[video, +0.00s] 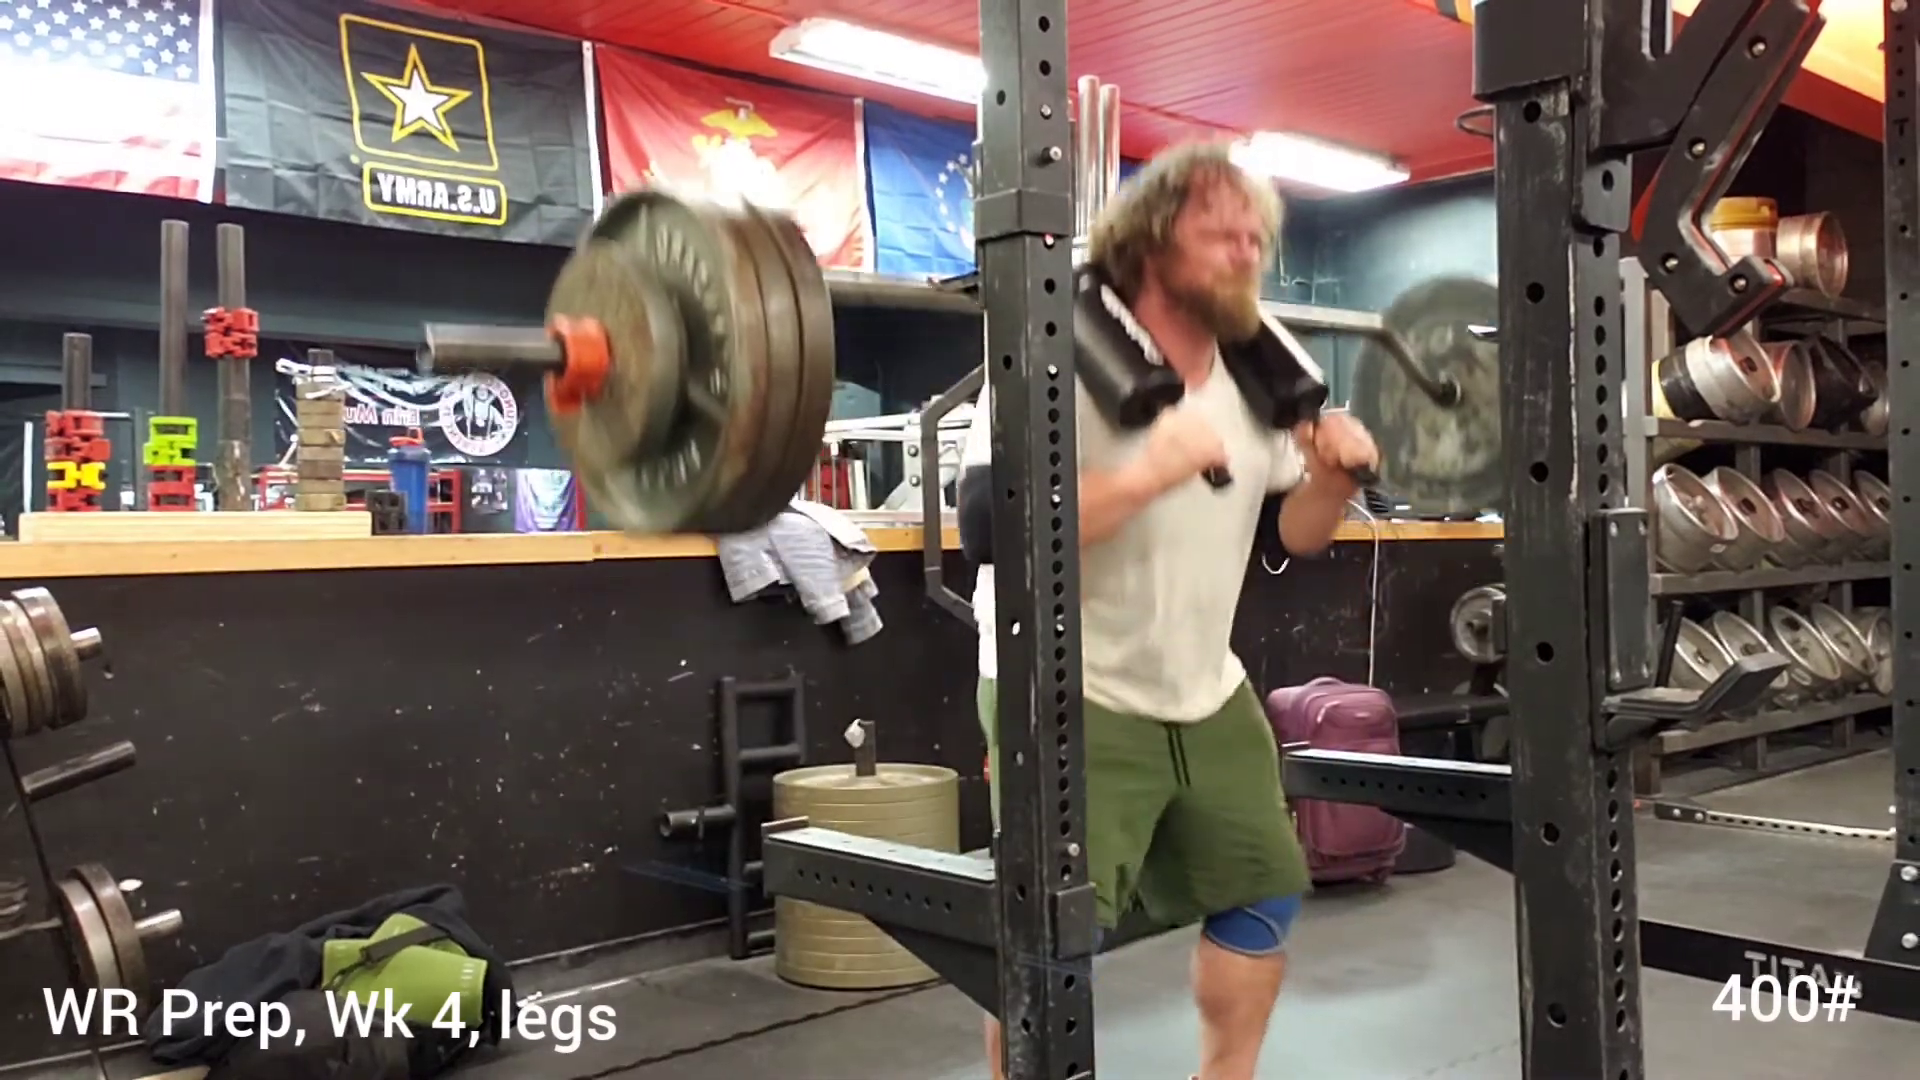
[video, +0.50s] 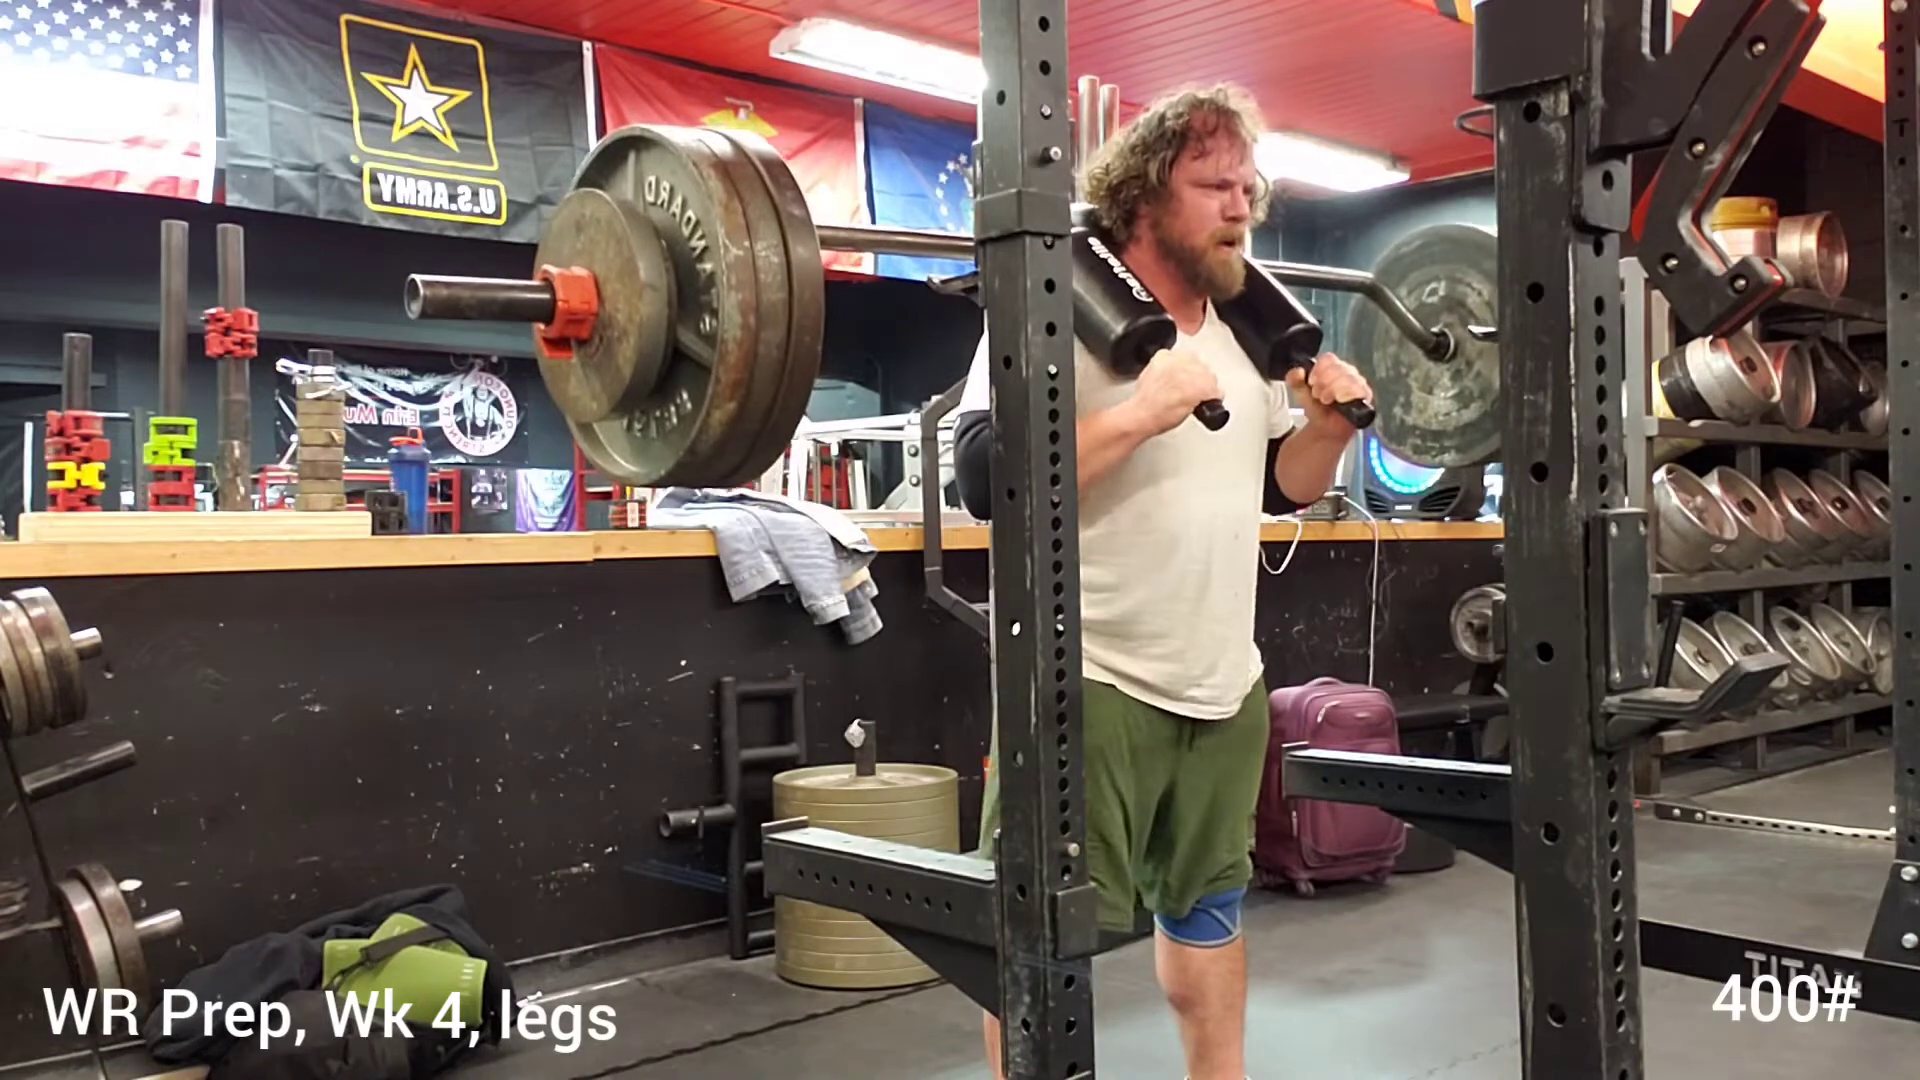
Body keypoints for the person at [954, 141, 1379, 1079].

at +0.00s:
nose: (1242, 247)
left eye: (1253, 231)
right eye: (1217, 226)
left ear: (1262, 249)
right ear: (1155, 234)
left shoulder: (1258, 358)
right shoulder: (1066, 346)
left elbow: (1300, 538)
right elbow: (1027, 526)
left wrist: (1334, 476)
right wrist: (1149, 472)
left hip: (1207, 686)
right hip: (1080, 690)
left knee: (1260, 892)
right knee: (1056, 927)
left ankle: (1227, 1072)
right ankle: (1019, 1069)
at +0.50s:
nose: (1243, 204)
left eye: (1248, 184)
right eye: (1217, 183)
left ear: (1251, 195)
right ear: (1147, 194)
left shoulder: (1246, 328)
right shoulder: (1052, 302)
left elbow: (1284, 485)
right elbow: (983, 477)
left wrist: (1331, 424)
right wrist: (1135, 415)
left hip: (1223, 684)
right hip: (1089, 681)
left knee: (1207, 925)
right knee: (1042, 939)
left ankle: (1219, 1073)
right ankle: (1024, 1072)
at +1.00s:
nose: (1239, 260)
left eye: (1245, 240)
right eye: (1214, 240)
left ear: (1252, 250)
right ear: (1145, 249)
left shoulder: (1250, 364)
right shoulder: (1058, 355)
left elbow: (1307, 536)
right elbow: (1002, 527)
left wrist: (1335, 469)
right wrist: (1144, 460)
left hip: (1195, 701)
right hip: (1057, 703)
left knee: (1267, 890)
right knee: (1047, 938)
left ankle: (1230, 1074)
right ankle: (1014, 1073)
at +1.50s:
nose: (1248, 471)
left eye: (1255, 455)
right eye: (1221, 453)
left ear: (1266, 463)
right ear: (1154, 462)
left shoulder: (1259, 570)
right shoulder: (1058, 574)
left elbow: (1326, 738)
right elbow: (1017, 774)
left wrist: (1352, 680)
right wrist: (1163, 709)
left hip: (1187, 832)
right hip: (1048, 840)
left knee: (1328, 910)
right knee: (1087, 958)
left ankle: (1239, 1072)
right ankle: (1032, 1069)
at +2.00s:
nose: (1268, 622)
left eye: (1273, 599)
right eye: (1240, 601)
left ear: (1284, 597)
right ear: (1171, 611)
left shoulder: (1270, 700)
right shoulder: (1086, 714)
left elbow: (1336, 858)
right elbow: (1025, 890)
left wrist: (1367, 816)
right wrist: (1179, 849)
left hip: (1229, 949)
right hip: (1106, 960)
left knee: (1362, 932)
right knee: (1084, 1001)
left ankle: (1247, 1074)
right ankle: (1016, 1070)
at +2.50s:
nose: (1269, 478)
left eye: (1274, 458)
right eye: (1243, 458)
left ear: (1284, 461)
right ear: (1171, 467)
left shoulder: (1271, 558)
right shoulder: (1078, 564)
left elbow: (1329, 729)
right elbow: (1032, 756)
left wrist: (1355, 676)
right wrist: (1174, 702)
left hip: (1183, 807)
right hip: (1045, 819)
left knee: (1321, 908)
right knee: (1076, 958)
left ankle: (1241, 1073)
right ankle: (1014, 1068)